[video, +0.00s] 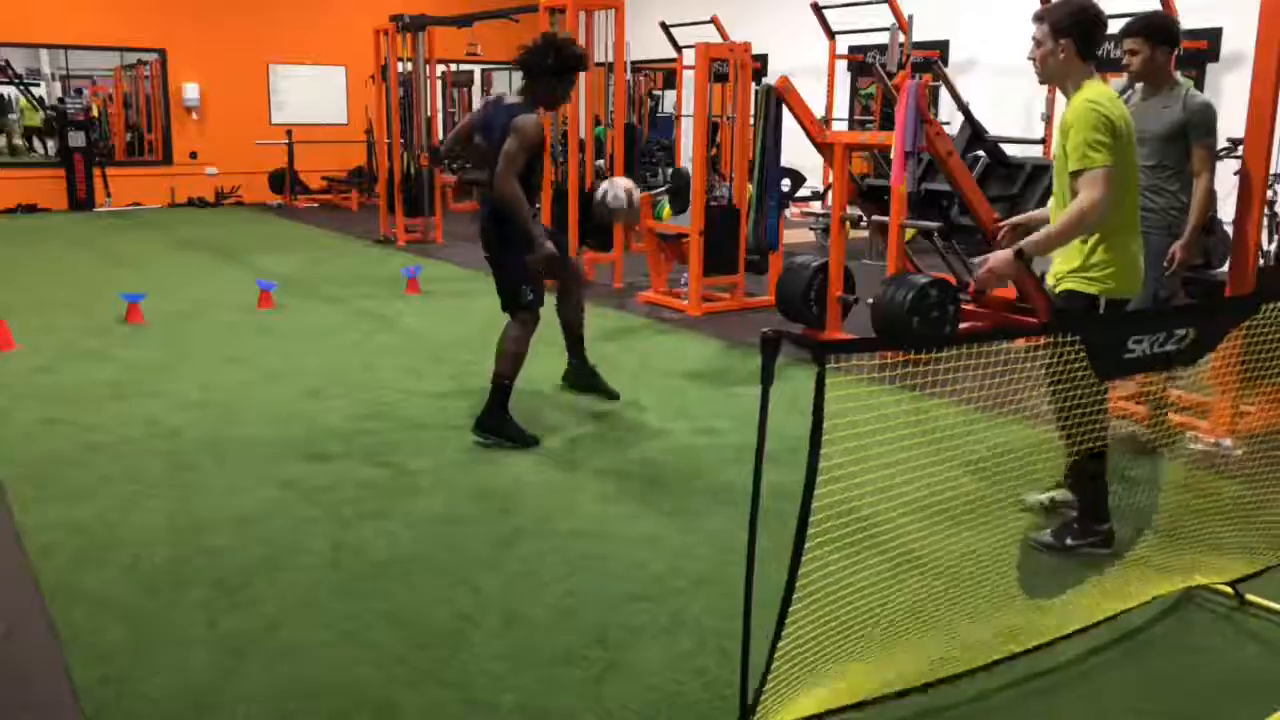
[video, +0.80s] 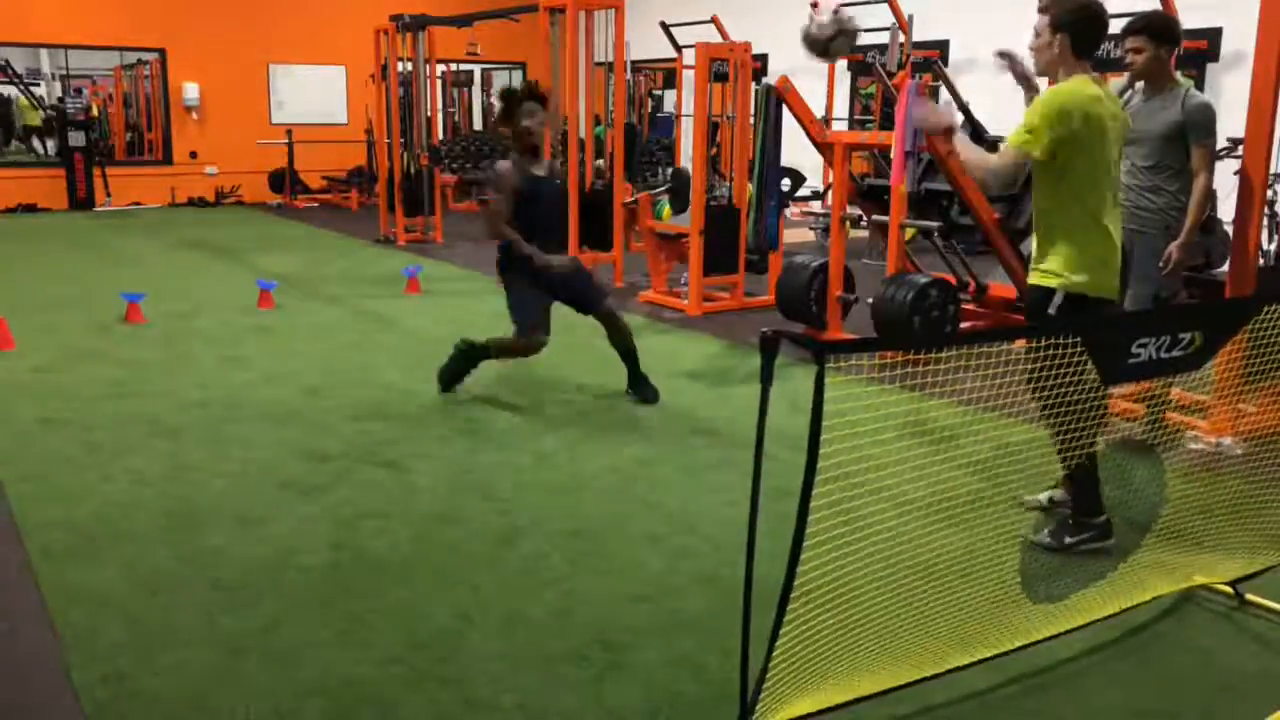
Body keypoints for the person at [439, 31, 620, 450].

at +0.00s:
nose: (568, 95)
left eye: (569, 86)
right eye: (567, 86)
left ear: (533, 77)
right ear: (549, 83)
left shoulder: (497, 105)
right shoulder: (528, 123)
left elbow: (451, 147)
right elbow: (504, 183)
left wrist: (498, 170)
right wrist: (537, 237)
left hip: (515, 224)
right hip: (509, 229)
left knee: (571, 276)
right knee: (525, 315)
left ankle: (579, 366)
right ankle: (494, 414)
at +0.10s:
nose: (584, 90)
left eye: (585, 80)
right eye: (581, 80)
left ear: (551, 77)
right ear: (562, 79)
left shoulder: (531, 115)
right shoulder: (538, 122)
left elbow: (487, 145)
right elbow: (513, 179)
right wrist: (540, 231)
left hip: (540, 228)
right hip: (526, 230)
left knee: (561, 305)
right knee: (534, 317)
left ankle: (563, 385)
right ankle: (498, 408)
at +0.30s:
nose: (593, 86)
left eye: (594, 77)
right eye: (589, 77)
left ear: (567, 76)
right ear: (566, 75)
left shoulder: (558, 115)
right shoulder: (544, 113)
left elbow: (556, 155)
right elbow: (509, 154)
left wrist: (587, 159)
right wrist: (527, 213)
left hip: (542, 221)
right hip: (540, 222)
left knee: (563, 298)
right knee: (603, 273)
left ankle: (565, 387)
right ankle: (558, 349)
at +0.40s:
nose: (593, 90)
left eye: (594, 82)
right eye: (588, 82)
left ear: (584, 83)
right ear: (566, 80)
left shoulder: (570, 120)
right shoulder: (536, 114)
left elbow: (586, 149)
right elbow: (505, 152)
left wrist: (605, 160)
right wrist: (537, 195)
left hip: (547, 217)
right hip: (530, 220)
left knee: (565, 298)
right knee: (609, 247)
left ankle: (563, 386)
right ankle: (605, 329)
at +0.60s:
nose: (587, 89)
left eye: (588, 81)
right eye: (582, 80)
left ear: (568, 82)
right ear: (559, 80)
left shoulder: (560, 121)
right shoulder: (540, 119)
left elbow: (569, 157)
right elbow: (530, 165)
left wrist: (598, 174)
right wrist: (575, 199)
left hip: (538, 214)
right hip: (520, 216)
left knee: (577, 285)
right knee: (587, 248)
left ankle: (578, 372)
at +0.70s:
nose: (570, 95)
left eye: (571, 88)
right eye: (562, 88)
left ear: (570, 92)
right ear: (540, 95)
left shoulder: (555, 138)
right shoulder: (534, 137)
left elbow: (550, 193)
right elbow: (533, 194)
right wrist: (575, 227)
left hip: (551, 235)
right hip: (526, 237)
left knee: (596, 298)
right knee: (563, 301)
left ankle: (626, 369)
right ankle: (515, 365)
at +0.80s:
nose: (529, 124)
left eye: (535, 116)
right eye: (522, 117)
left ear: (545, 123)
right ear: (509, 127)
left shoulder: (552, 169)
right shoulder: (505, 172)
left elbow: (556, 218)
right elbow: (497, 224)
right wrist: (540, 257)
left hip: (558, 260)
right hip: (522, 265)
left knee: (609, 314)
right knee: (532, 342)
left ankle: (636, 376)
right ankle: (472, 352)